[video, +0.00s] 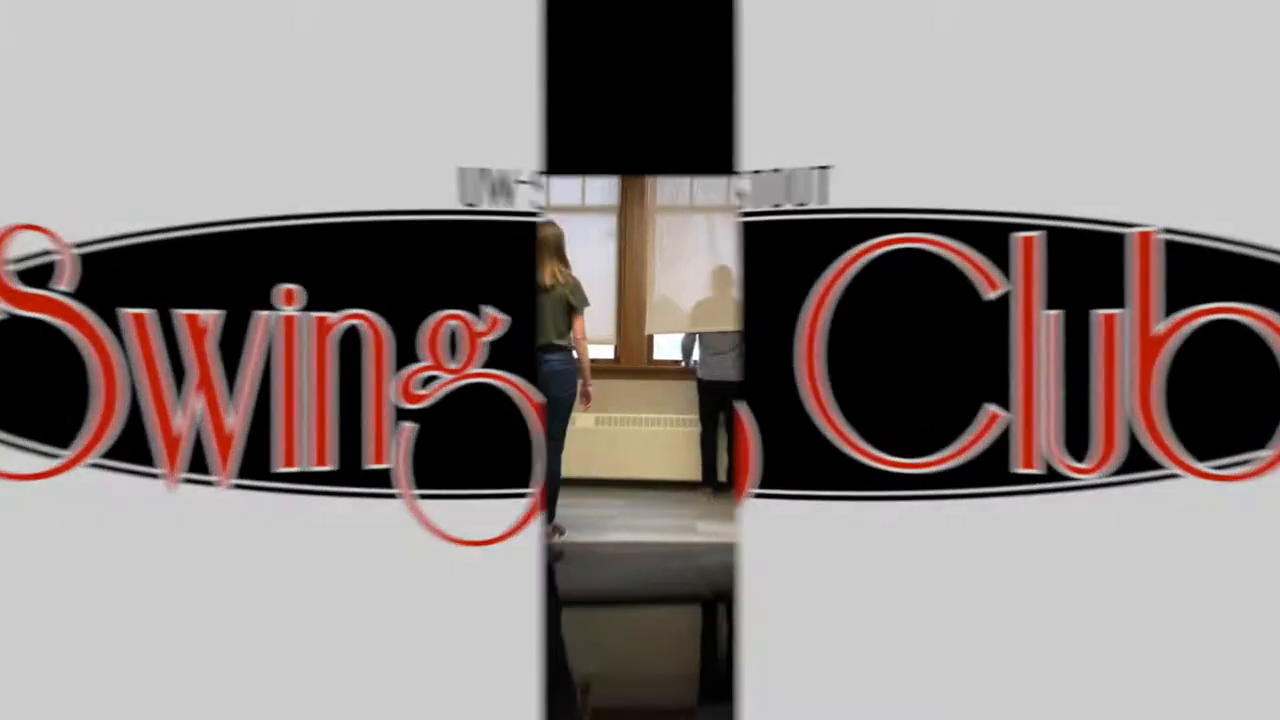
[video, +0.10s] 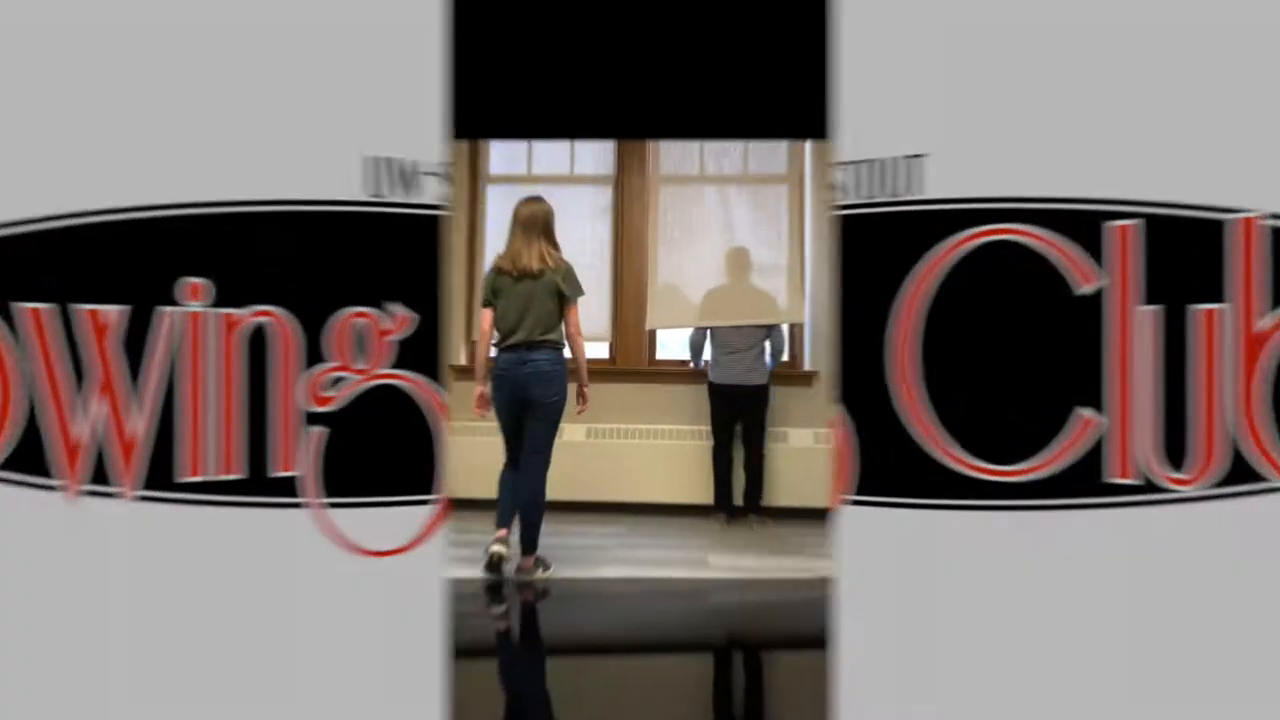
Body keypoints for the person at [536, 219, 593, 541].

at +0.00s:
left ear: (533, 248)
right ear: (560, 247)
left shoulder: (524, 281)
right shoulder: (567, 284)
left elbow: (578, 336)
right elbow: (578, 336)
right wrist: (586, 378)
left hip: (524, 365)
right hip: (558, 365)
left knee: (529, 440)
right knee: (553, 444)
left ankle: (530, 518)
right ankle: (545, 520)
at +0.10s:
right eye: (550, 224)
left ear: (514, 227)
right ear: (549, 228)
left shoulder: (498, 272)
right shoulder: (561, 270)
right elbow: (573, 331)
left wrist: (481, 380)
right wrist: (582, 378)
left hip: (507, 370)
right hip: (548, 369)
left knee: (513, 458)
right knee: (535, 463)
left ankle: (501, 532)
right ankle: (528, 557)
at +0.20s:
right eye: (541, 203)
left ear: (499, 207)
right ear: (539, 209)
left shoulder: (481, 258)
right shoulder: (553, 257)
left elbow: (464, 324)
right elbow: (567, 327)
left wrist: (461, 383)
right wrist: (575, 379)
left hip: (489, 374)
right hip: (536, 374)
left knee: (502, 472)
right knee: (520, 477)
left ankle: (494, 571)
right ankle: (508, 584)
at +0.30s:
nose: (536, 195)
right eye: (532, 187)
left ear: (484, 192)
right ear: (529, 193)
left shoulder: (463, 249)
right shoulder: (544, 247)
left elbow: (447, 328)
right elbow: (557, 326)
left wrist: (446, 389)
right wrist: (563, 382)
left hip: (473, 378)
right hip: (526, 376)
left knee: (489, 491)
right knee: (506, 496)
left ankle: (491, 603)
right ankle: (490, 617)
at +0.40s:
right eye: (521, 171)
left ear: (471, 178)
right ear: (520, 178)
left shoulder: (448, 241)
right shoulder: (536, 238)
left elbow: (434, 328)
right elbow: (543, 326)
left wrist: (431, 397)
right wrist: (548, 394)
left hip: (458, 382)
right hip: (517, 380)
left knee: (477, 506)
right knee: (494, 513)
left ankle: (485, 614)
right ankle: (473, 649)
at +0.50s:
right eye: (516, 164)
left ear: (463, 171)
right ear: (515, 172)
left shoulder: (439, 239)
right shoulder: (532, 235)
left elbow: (426, 331)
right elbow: (541, 329)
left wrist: (423, 403)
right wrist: (545, 399)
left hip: (450, 386)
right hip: (512, 386)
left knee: (465, 517)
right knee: (492, 524)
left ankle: (473, 639)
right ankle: (460, 665)